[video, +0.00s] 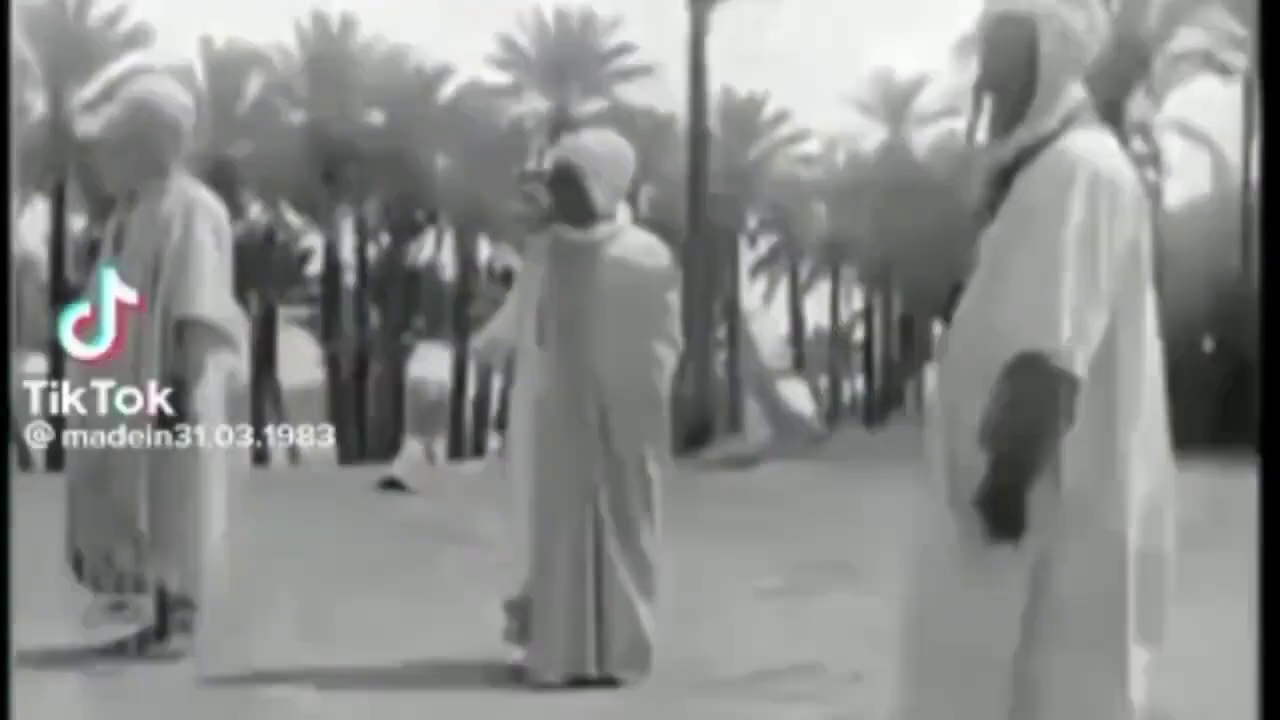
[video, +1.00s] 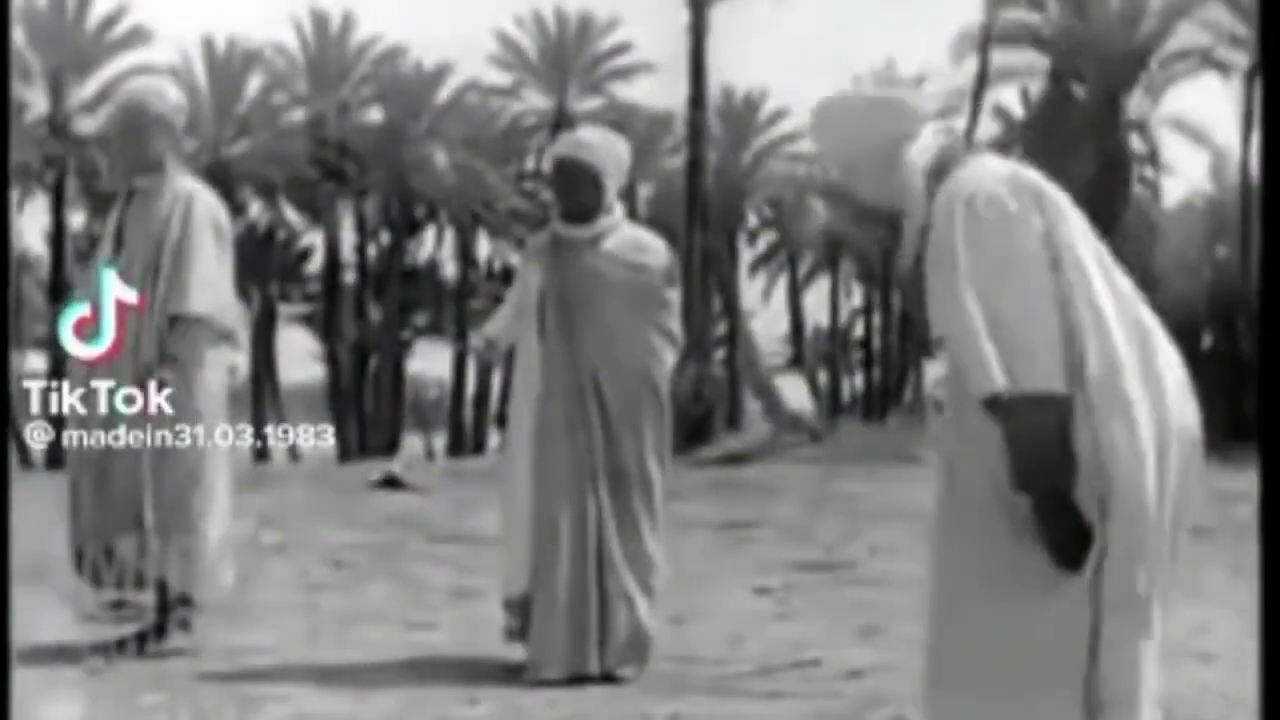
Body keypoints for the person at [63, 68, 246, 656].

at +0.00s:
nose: (103, 162)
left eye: (111, 147)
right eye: (103, 148)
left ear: (148, 145)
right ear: (132, 149)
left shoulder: (192, 210)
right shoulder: (126, 211)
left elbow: (200, 309)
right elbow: (110, 296)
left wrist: (187, 384)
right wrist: (97, 367)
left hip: (175, 376)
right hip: (128, 375)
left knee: (176, 494)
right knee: (137, 490)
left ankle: (177, 615)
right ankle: (148, 606)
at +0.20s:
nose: (120, 153)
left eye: (128, 139)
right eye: (121, 139)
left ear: (160, 139)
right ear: (129, 144)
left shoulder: (195, 209)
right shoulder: (127, 208)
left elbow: (200, 306)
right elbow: (110, 291)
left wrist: (187, 379)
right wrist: (98, 362)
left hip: (176, 368)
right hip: (128, 367)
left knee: (178, 486)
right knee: (134, 484)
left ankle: (179, 609)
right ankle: (151, 605)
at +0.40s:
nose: (121, 149)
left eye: (129, 135)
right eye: (122, 136)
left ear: (161, 137)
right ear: (130, 142)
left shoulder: (194, 208)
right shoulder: (127, 208)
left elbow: (199, 303)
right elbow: (113, 291)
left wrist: (186, 377)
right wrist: (101, 362)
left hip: (175, 371)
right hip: (128, 369)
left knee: (177, 487)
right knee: (136, 485)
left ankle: (178, 610)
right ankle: (153, 604)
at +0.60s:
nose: (121, 146)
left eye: (129, 132)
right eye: (123, 133)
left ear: (160, 135)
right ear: (133, 140)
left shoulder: (194, 207)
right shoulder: (128, 207)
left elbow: (200, 302)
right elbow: (114, 290)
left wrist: (188, 378)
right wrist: (103, 362)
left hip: (176, 371)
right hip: (129, 369)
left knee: (177, 487)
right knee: (135, 483)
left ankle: (179, 608)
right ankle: (151, 603)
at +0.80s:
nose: (111, 150)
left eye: (119, 137)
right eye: (113, 138)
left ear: (153, 137)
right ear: (141, 138)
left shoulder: (193, 207)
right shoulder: (128, 204)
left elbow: (199, 304)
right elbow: (114, 288)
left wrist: (184, 377)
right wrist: (102, 356)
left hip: (177, 370)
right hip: (130, 366)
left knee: (177, 487)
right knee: (135, 482)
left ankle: (178, 605)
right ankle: (148, 598)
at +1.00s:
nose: (109, 151)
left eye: (117, 138)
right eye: (110, 139)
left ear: (153, 136)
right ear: (133, 137)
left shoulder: (193, 205)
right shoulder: (128, 205)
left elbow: (197, 303)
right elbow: (111, 284)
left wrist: (173, 368)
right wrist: (103, 353)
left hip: (186, 364)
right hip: (134, 361)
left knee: (181, 480)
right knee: (140, 478)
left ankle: (178, 603)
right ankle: (150, 596)